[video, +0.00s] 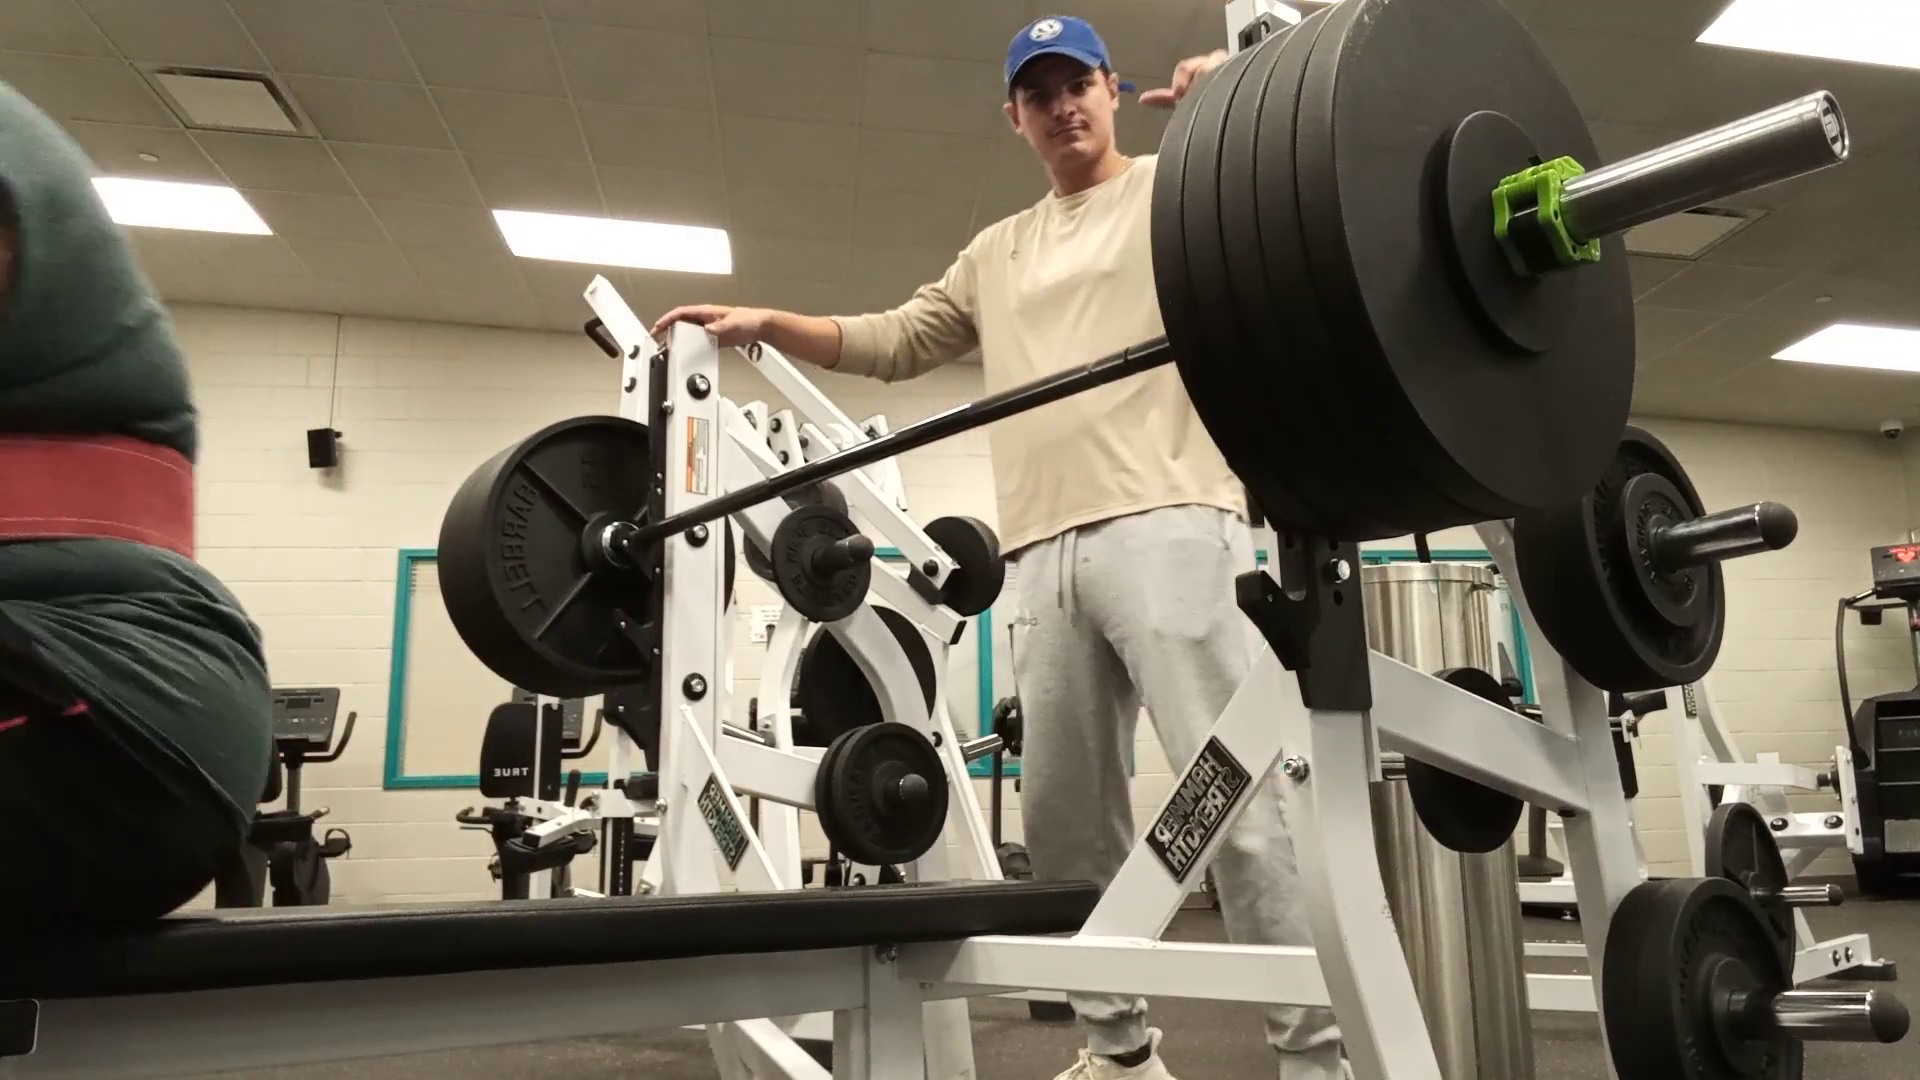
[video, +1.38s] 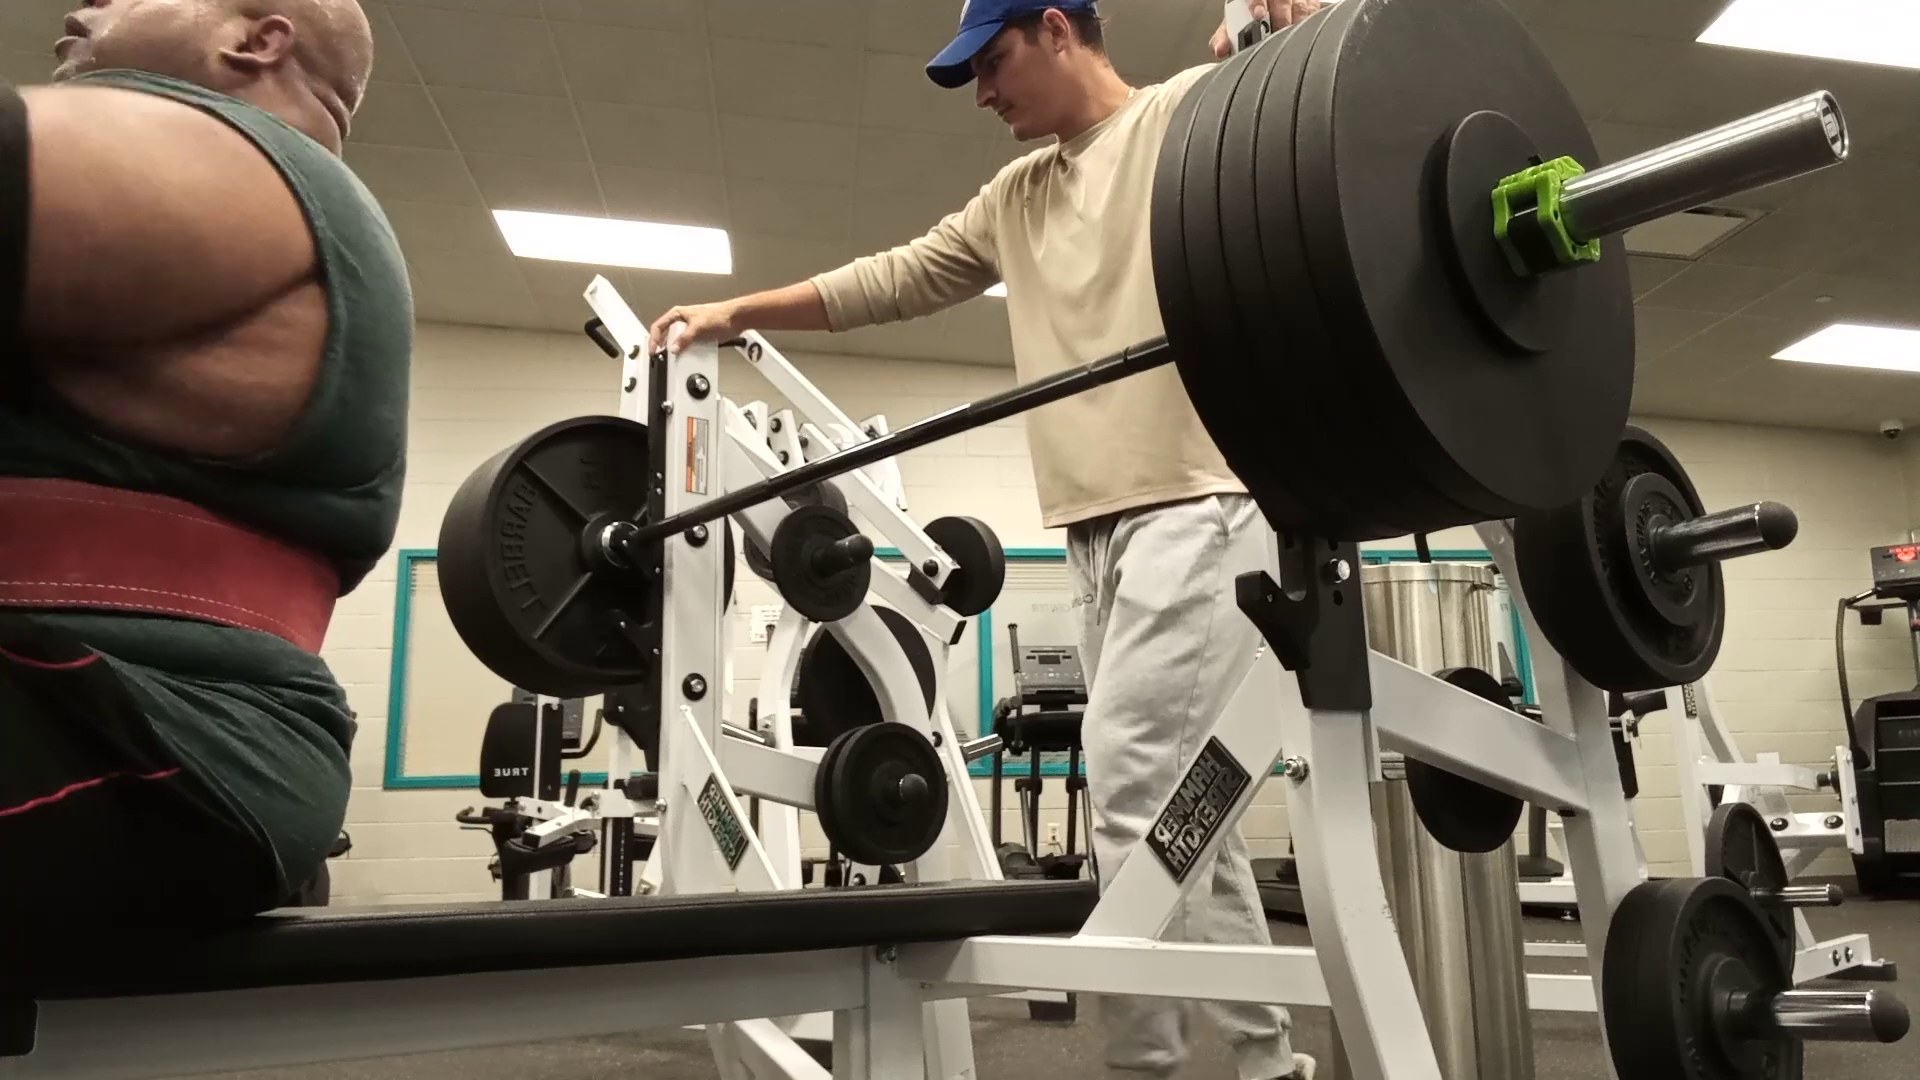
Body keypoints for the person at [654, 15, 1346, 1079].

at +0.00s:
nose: (1062, 107)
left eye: (1077, 86)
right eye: (1040, 95)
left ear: (1116, 94)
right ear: (1017, 120)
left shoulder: (1178, 184)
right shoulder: (995, 251)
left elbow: (1281, 169)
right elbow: (900, 337)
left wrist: (1230, 81)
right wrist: (759, 321)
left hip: (1170, 517)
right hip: (1041, 546)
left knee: (1239, 793)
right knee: (1066, 810)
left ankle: (1315, 1051)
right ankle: (1118, 1044)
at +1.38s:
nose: (984, 93)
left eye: (992, 63)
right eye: (974, 77)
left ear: (1061, 28)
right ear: (1005, 75)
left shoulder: (1191, 102)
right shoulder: (1012, 195)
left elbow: (1323, 111)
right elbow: (899, 276)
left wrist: (1293, 38)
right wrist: (736, 309)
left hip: (1206, 506)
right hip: (1097, 530)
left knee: (1126, 774)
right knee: (1176, 799)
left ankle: (1144, 1057)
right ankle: (1261, 1056)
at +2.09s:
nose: (973, 94)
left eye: (980, 67)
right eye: (964, 80)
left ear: (1046, 30)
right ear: (1027, 48)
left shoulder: (1179, 99)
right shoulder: (1007, 191)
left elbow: (1314, 111)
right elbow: (899, 274)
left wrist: (1292, 37)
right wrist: (736, 313)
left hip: (1197, 511)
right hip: (1087, 533)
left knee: (1123, 791)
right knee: (1172, 804)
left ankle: (1101, 1063)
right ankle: (1265, 1060)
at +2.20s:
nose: (966, 93)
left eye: (975, 64)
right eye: (957, 77)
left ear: (1042, 28)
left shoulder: (1177, 97)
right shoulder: (1004, 190)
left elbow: (1311, 119)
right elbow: (896, 274)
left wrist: (1291, 37)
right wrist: (735, 314)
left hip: (1195, 510)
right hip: (1086, 533)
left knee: (1123, 793)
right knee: (1175, 805)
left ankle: (1103, 1061)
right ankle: (1264, 1056)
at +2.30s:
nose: (968, 86)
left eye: (980, 57)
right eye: (958, 71)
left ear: (1048, 24)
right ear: (970, 80)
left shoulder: (1175, 98)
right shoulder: (1000, 192)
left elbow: (1306, 125)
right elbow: (892, 277)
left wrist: (1291, 40)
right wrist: (734, 314)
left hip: (1194, 508)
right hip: (1085, 531)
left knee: (1121, 788)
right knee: (1172, 803)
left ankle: (1099, 1063)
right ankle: (1266, 1059)